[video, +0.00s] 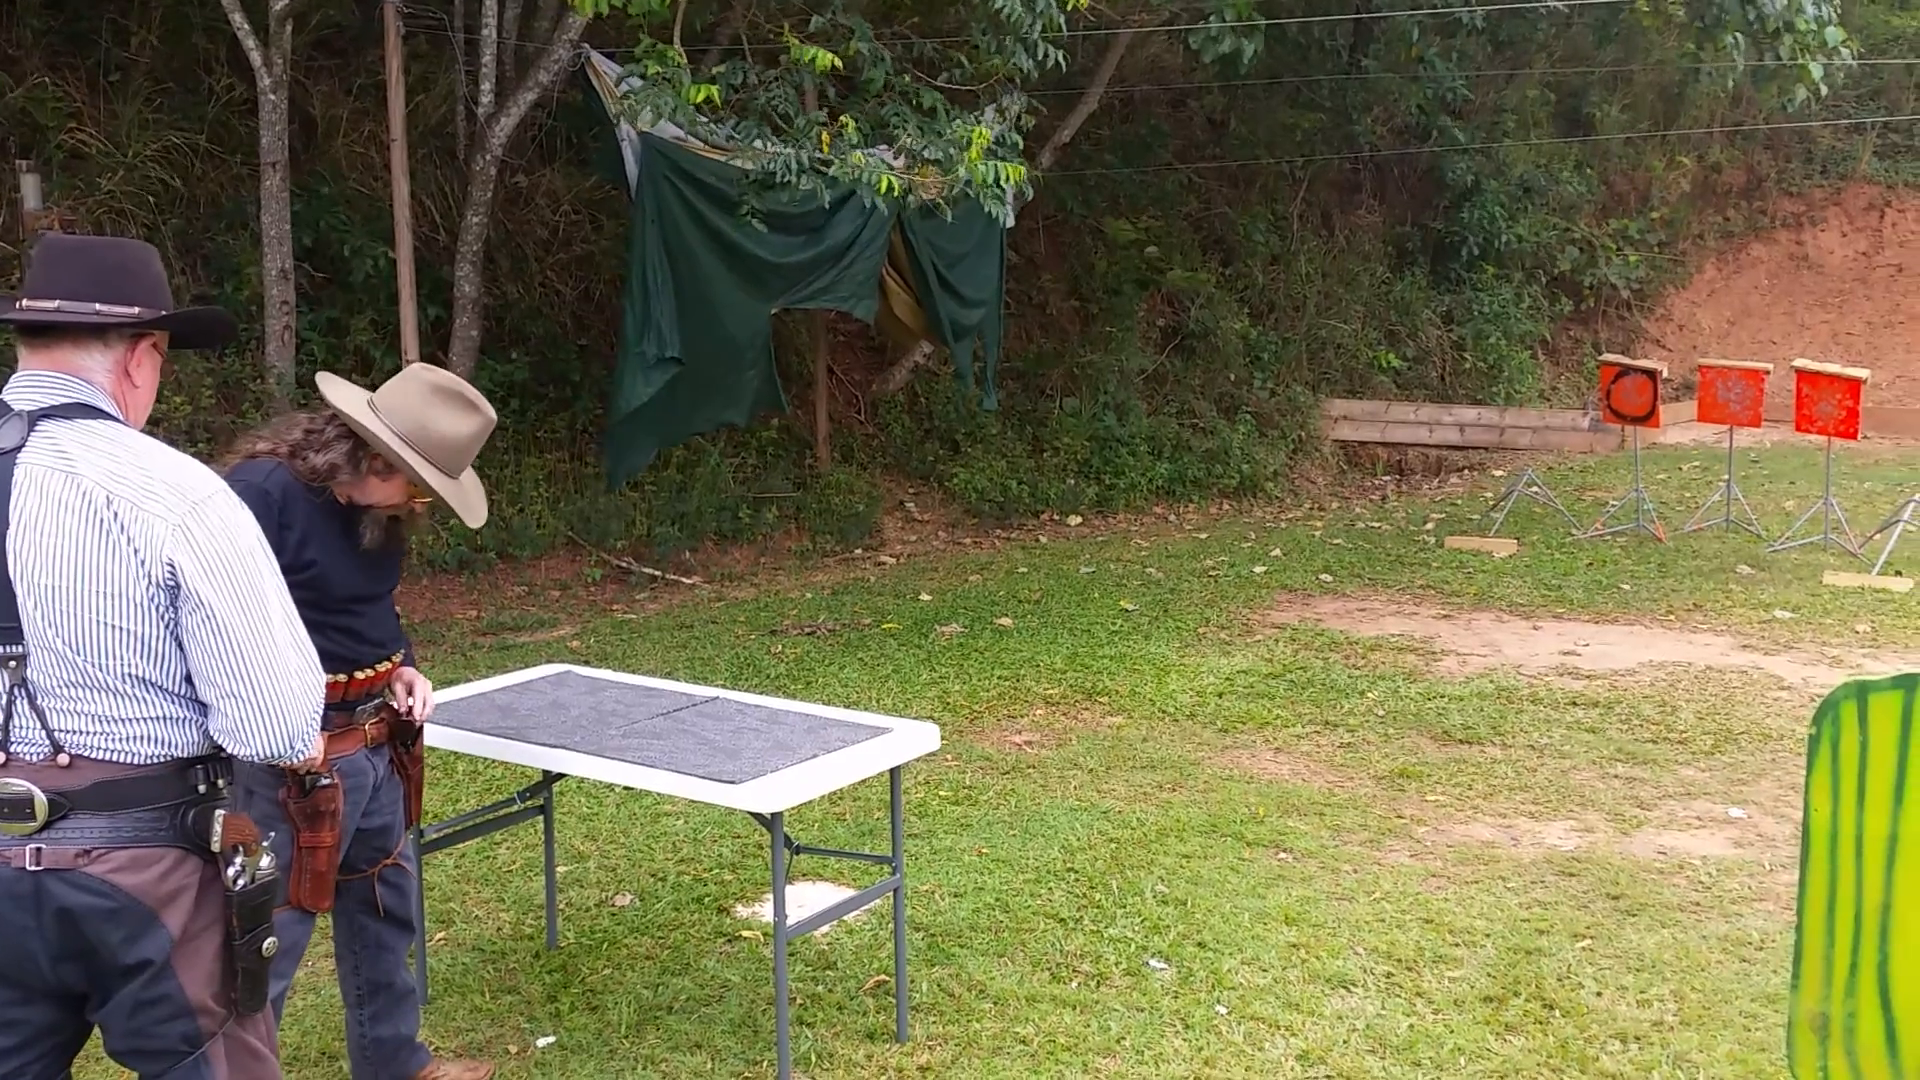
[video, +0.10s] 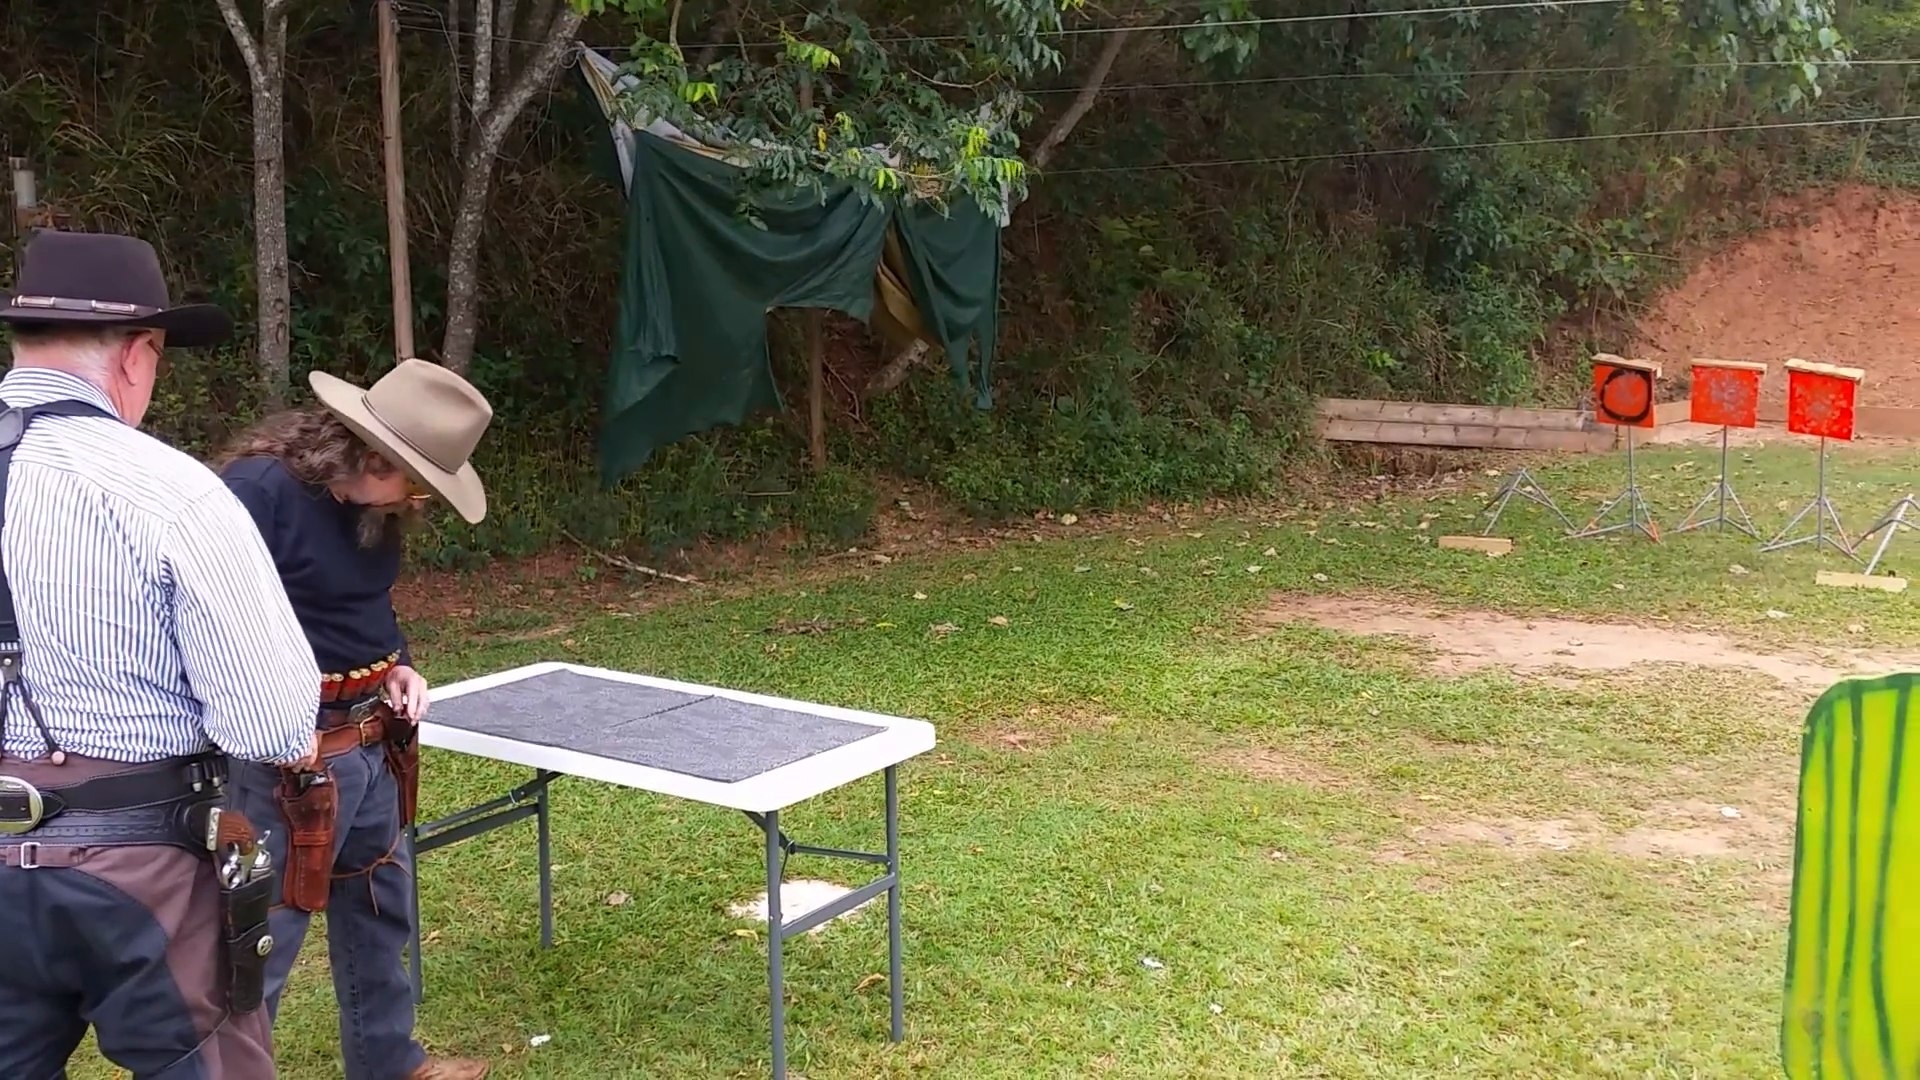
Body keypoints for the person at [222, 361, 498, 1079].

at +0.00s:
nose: (418, 507)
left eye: (427, 496)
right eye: (419, 492)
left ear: (392, 469)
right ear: (385, 462)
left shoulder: (375, 518)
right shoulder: (264, 492)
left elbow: (372, 609)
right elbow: (209, 616)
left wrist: (403, 665)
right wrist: (266, 727)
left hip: (371, 751)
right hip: (282, 762)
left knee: (384, 923)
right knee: (269, 943)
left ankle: (391, 1060)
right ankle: (239, 1065)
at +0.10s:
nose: (415, 502)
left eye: (424, 491)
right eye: (415, 487)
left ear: (388, 466)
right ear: (383, 460)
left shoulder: (369, 515)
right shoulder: (261, 490)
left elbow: (367, 610)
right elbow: (203, 613)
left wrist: (398, 665)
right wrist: (257, 721)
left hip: (367, 749)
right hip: (277, 758)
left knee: (378, 921)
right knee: (264, 939)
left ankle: (386, 1059)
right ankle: (235, 1064)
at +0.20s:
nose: (413, 502)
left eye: (421, 491)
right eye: (413, 486)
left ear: (384, 467)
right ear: (378, 459)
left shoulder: (369, 515)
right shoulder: (259, 486)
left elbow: (366, 609)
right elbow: (202, 615)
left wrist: (396, 664)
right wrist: (254, 725)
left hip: (362, 751)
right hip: (273, 762)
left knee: (375, 926)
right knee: (258, 946)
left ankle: (383, 1060)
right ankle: (230, 1065)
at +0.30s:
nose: (411, 501)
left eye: (419, 489)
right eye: (410, 485)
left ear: (384, 465)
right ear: (374, 455)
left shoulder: (367, 512)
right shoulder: (256, 486)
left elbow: (360, 608)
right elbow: (200, 614)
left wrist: (392, 663)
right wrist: (257, 721)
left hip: (358, 748)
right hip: (269, 758)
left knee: (371, 918)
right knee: (254, 939)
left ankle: (379, 1057)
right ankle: (225, 1063)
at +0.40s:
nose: (400, 504)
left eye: (410, 493)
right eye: (401, 488)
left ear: (380, 467)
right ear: (370, 457)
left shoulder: (361, 509)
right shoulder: (248, 485)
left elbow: (356, 603)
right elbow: (194, 611)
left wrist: (387, 661)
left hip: (352, 746)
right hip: (264, 757)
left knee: (366, 913)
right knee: (249, 936)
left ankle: (374, 1055)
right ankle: (217, 1061)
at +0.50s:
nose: (399, 499)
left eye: (408, 488)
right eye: (400, 484)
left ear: (377, 462)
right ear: (369, 454)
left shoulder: (356, 507)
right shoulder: (246, 480)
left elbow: (353, 599)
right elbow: (192, 609)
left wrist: (382, 657)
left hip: (347, 744)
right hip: (261, 753)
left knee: (362, 910)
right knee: (245, 931)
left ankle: (371, 1051)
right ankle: (213, 1059)